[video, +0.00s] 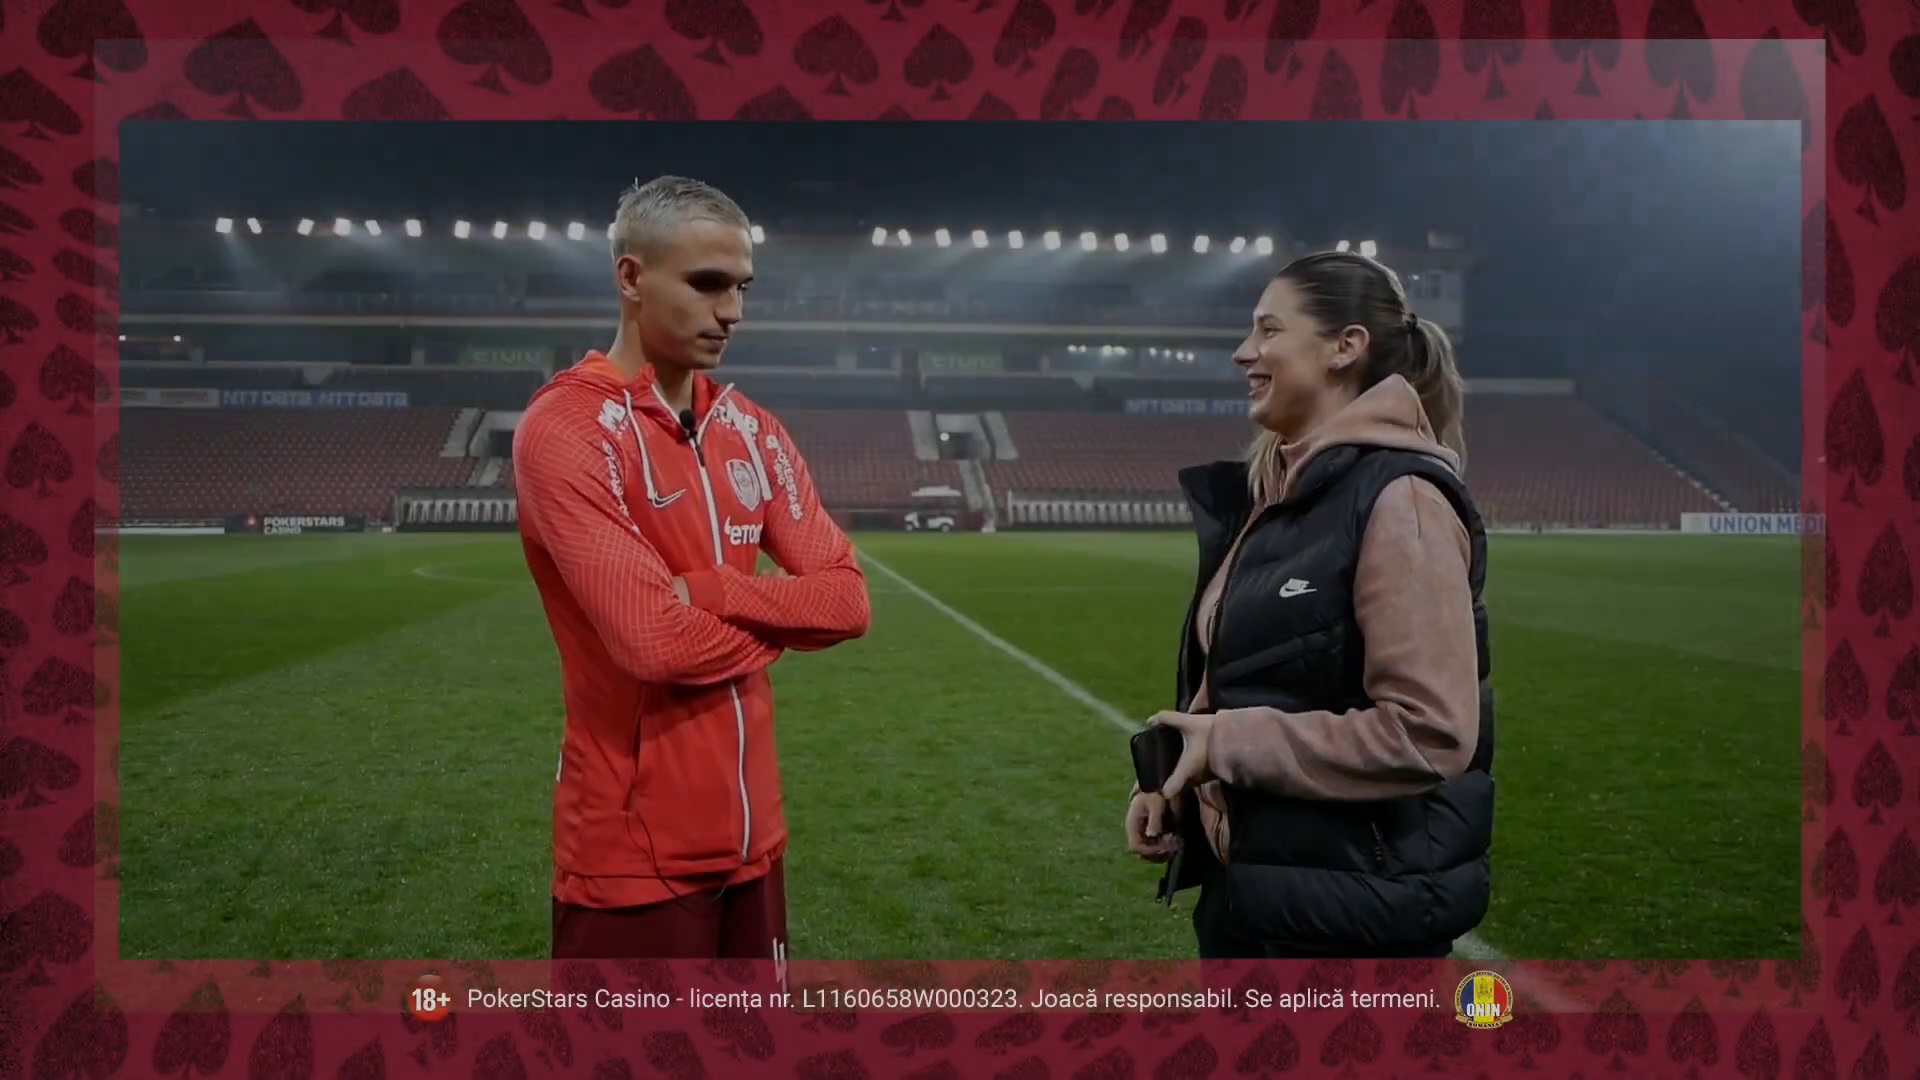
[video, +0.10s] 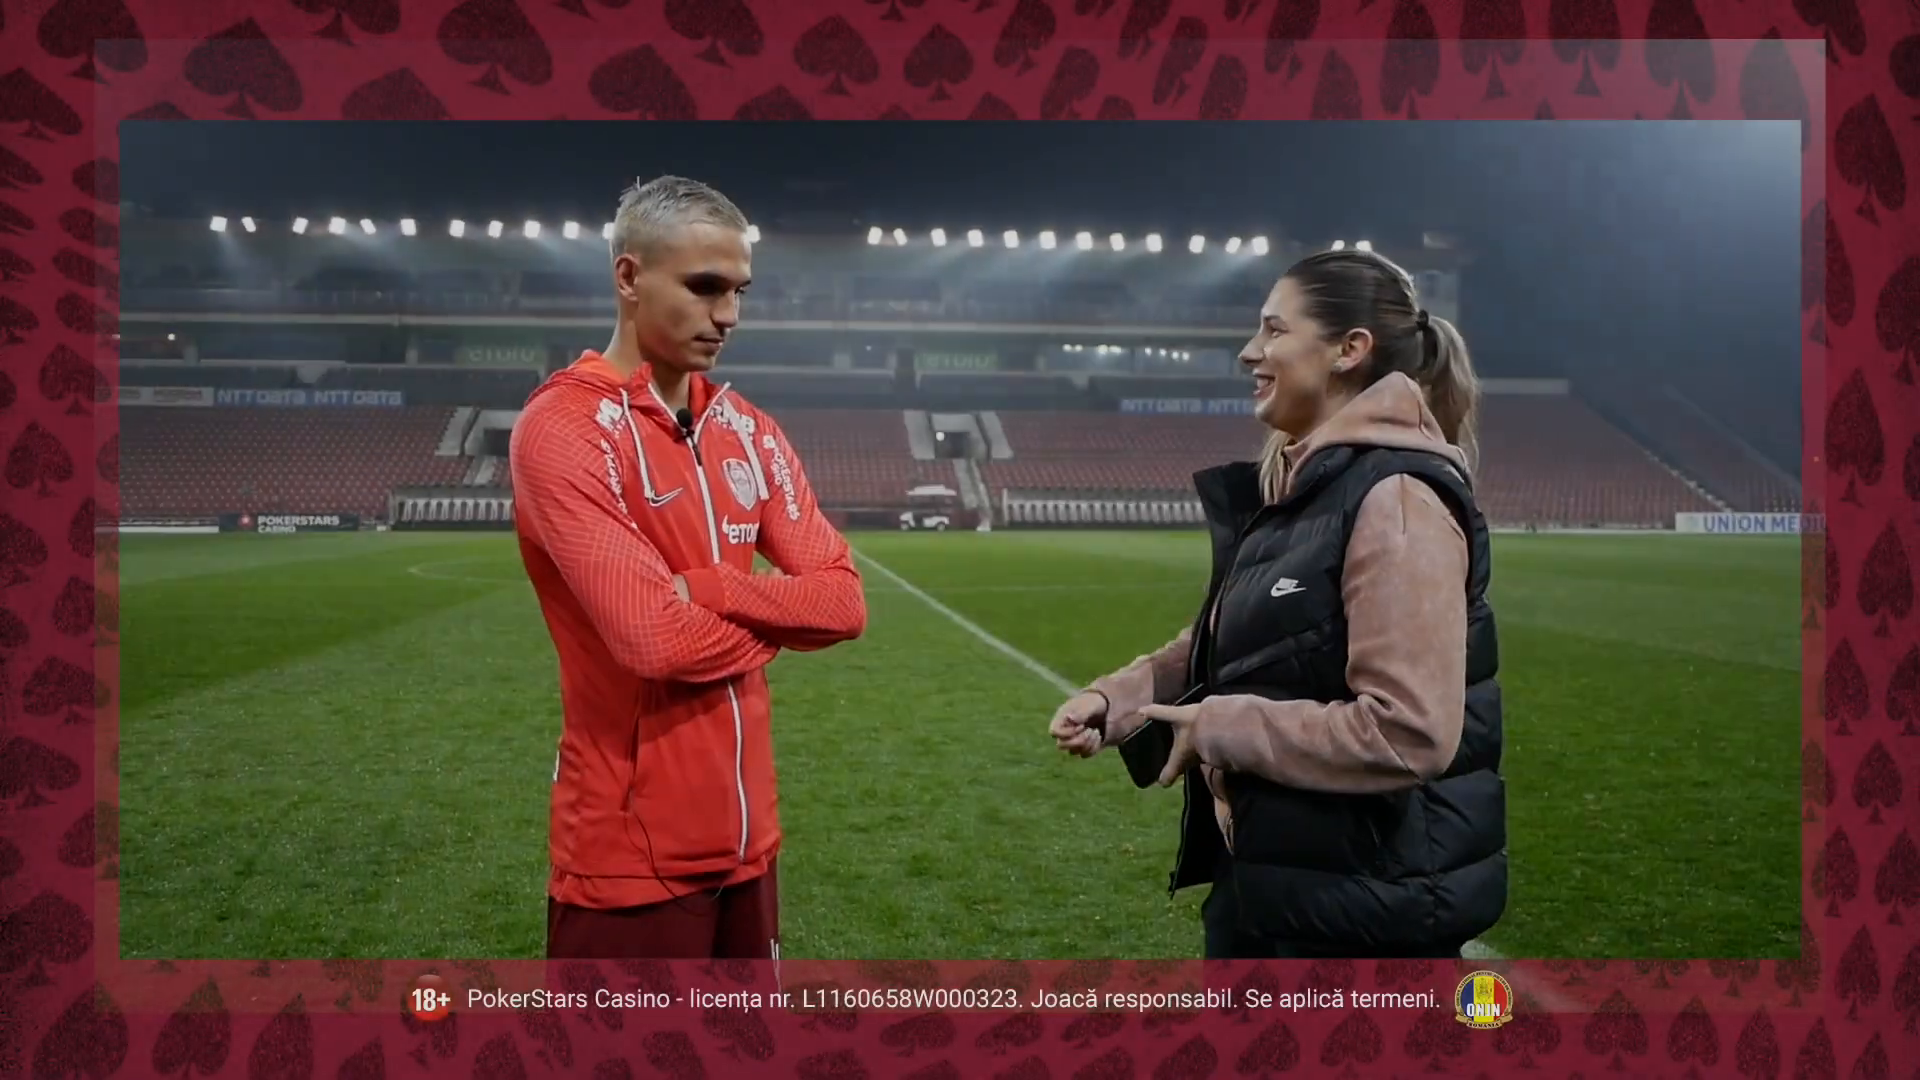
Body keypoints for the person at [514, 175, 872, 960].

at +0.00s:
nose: (732, 312)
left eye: (741, 289)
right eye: (708, 284)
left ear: (748, 287)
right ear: (630, 277)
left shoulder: (753, 429)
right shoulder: (563, 430)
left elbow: (847, 603)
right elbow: (651, 647)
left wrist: (703, 588)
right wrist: (775, 624)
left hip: (748, 835)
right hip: (630, 845)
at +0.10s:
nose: (729, 315)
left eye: (739, 292)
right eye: (705, 287)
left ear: (746, 290)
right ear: (628, 276)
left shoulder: (749, 430)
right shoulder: (561, 429)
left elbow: (842, 604)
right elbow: (651, 645)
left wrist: (699, 587)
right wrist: (772, 621)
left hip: (743, 836)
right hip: (628, 847)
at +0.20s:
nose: (731, 314)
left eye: (741, 291)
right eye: (707, 287)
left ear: (747, 288)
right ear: (630, 280)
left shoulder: (747, 432)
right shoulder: (563, 429)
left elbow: (835, 606)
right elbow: (640, 652)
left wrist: (692, 594)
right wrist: (768, 628)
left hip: (741, 834)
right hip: (627, 846)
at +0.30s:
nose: (734, 315)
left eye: (742, 292)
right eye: (711, 287)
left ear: (747, 290)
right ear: (632, 281)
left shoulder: (744, 432)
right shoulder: (561, 433)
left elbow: (833, 608)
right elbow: (641, 657)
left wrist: (687, 597)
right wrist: (764, 631)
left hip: (740, 834)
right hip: (626, 848)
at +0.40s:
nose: (736, 316)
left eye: (742, 292)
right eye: (713, 288)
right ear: (633, 283)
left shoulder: (744, 433)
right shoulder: (559, 436)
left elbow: (833, 609)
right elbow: (648, 659)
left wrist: (691, 598)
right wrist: (767, 629)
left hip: (740, 837)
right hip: (627, 850)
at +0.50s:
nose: (740, 314)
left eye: (744, 290)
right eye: (715, 286)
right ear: (635, 285)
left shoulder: (744, 436)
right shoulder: (562, 438)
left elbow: (837, 607)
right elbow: (646, 659)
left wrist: (695, 600)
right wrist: (769, 627)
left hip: (741, 839)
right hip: (628, 853)